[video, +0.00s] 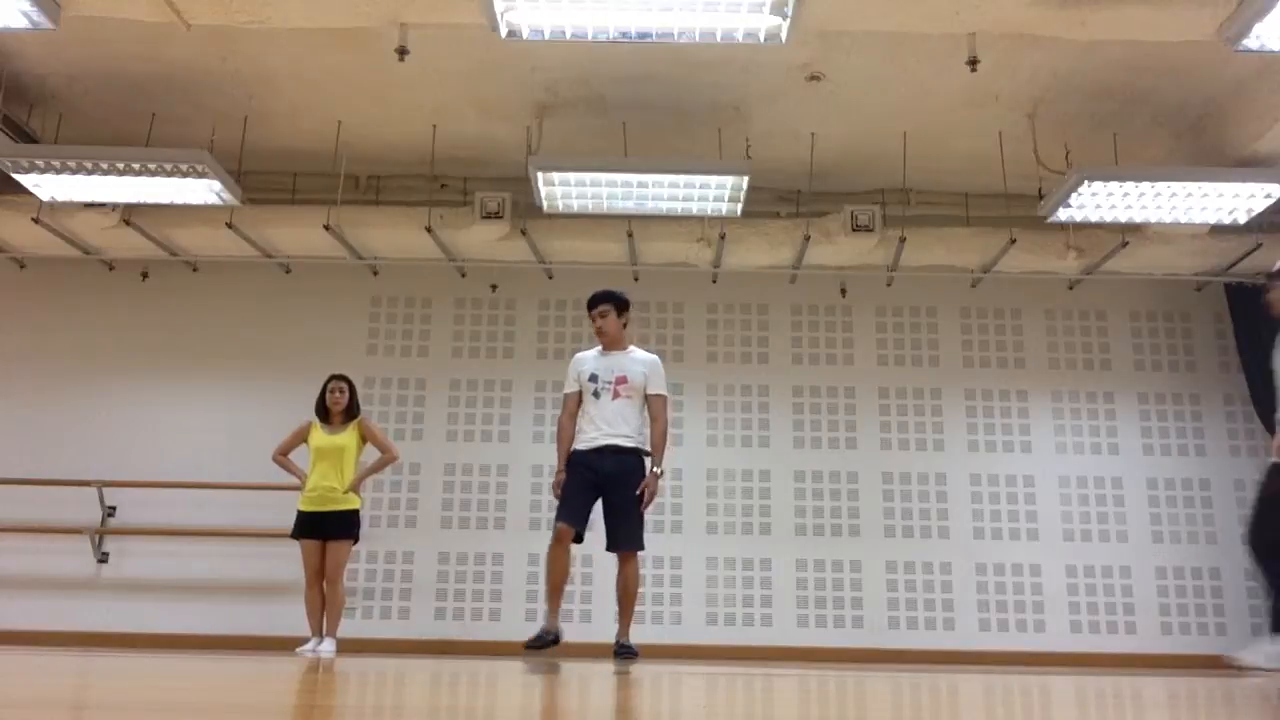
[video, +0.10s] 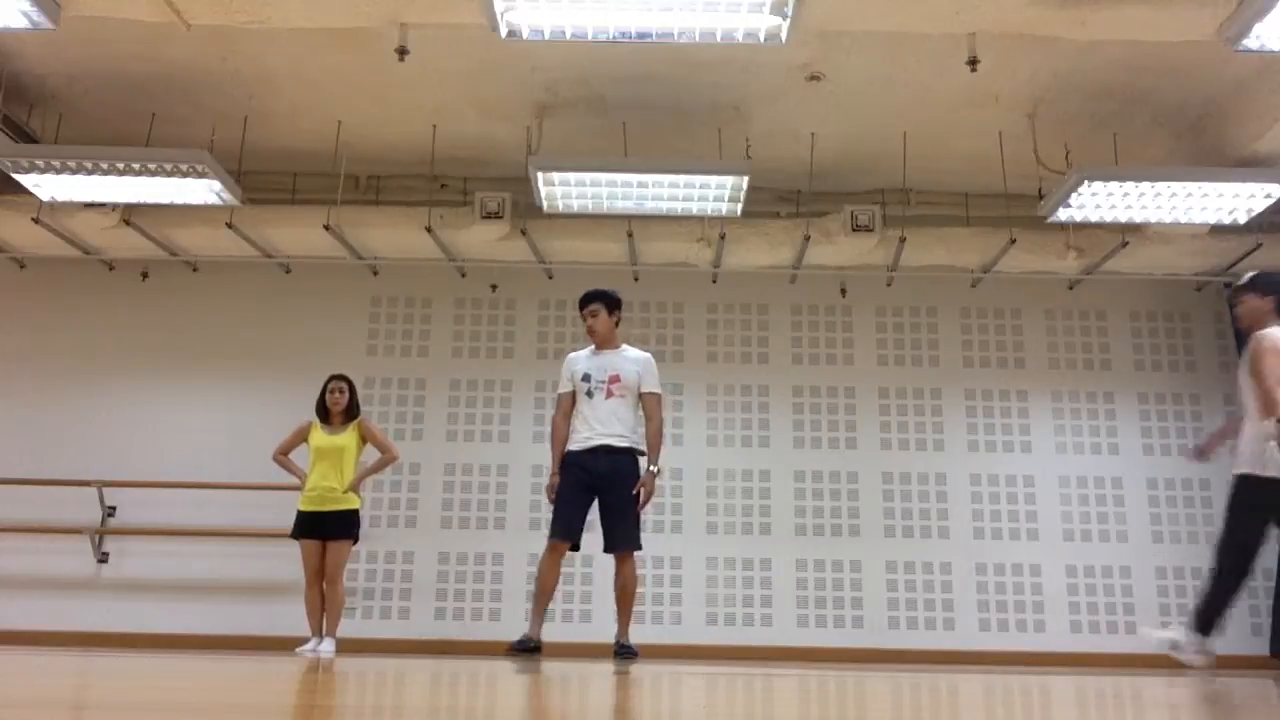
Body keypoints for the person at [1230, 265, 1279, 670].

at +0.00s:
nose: (1269, 295)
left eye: (1273, 287)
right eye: (1268, 287)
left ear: (1279, 293)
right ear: (1268, 293)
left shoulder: (1275, 343)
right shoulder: (1273, 343)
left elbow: (1273, 393)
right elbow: (1274, 392)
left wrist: (1275, 433)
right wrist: (1274, 432)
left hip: (1277, 455)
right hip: (1277, 453)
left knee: (1263, 535)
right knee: (1262, 535)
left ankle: (1276, 634)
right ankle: (1274, 634)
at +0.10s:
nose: (1236, 310)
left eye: (1243, 302)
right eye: (1236, 303)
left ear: (1269, 301)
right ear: (1261, 304)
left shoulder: (1266, 343)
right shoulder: (1258, 344)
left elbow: (1271, 406)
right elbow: (1253, 413)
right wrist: (1215, 441)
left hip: (1263, 467)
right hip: (1260, 465)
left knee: (1236, 553)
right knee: (1236, 553)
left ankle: (1196, 635)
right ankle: (1197, 634)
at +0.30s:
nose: (1169, 326)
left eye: (1176, 318)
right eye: (1168, 319)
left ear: (1198, 319)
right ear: (1196, 324)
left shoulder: (1190, 357)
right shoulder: (1209, 359)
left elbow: (1197, 406)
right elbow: (1182, 424)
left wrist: (1220, 439)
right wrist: (1130, 438)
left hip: (1177, 479)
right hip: (1203, 481)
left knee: (1154, 559)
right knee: (1205, 564)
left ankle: (1168, 646)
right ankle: (1273, 600)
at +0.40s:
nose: (1136, 327)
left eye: (1144, 319)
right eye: (1134, 320)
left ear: (1164, 320)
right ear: (1147, 324)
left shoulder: (1159, 361)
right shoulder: (1171, 360)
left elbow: (1160, 419)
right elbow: (1155, 426)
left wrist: (1161, 464)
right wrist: (1112, 450)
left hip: (1151, 477)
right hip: (1165, 477)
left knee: (1142, 557)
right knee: (1143, 556)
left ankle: (1167, 646)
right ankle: (1205, 606)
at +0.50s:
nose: (1106, 330)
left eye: (1114, 322)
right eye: (1103, 324)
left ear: (1134, 323)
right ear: (1107, 327)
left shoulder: (1127, 363)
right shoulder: (1138, 361)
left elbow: (1126, 417)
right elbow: (1128, 423)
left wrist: (1092, 460)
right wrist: (1101, 468)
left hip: (1128, 476)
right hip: (1126, 475)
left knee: (1139, 558)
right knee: (1092, 545)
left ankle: (1169, 644)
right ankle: (1121, 632)